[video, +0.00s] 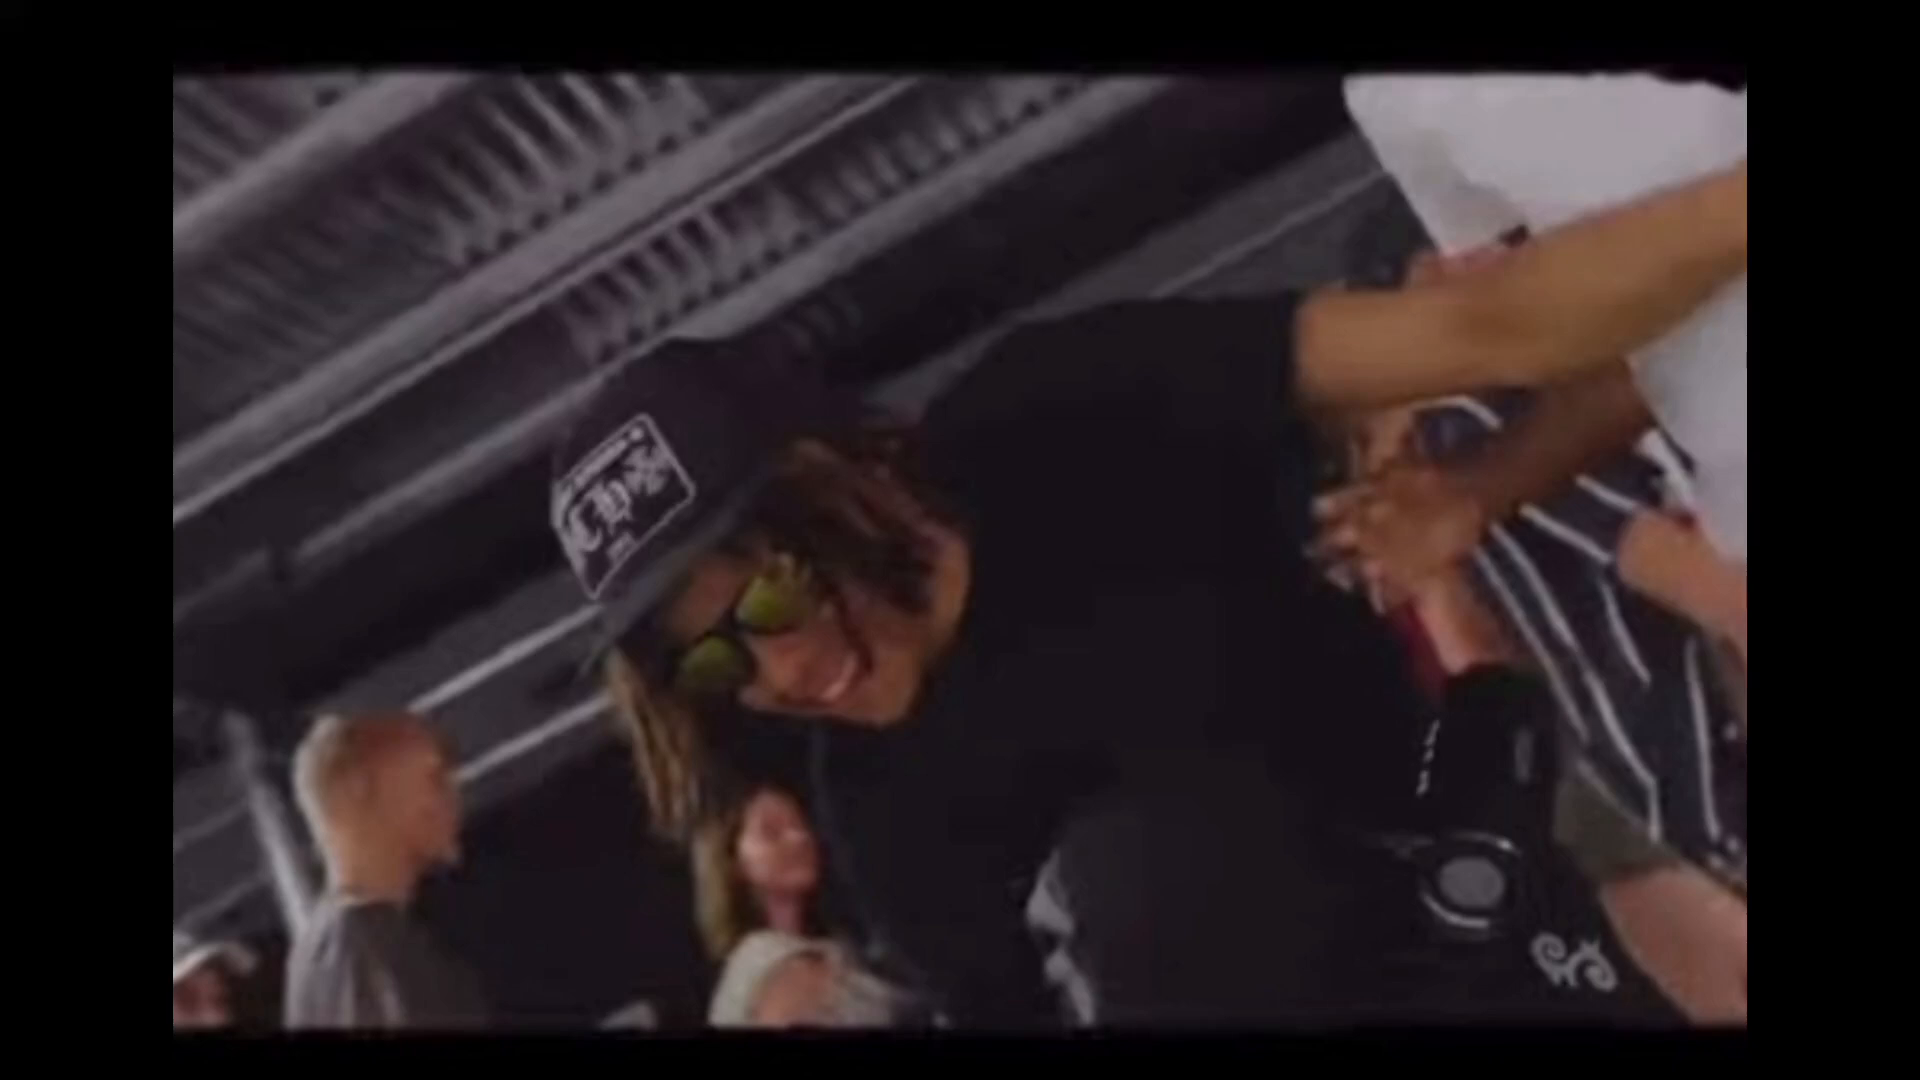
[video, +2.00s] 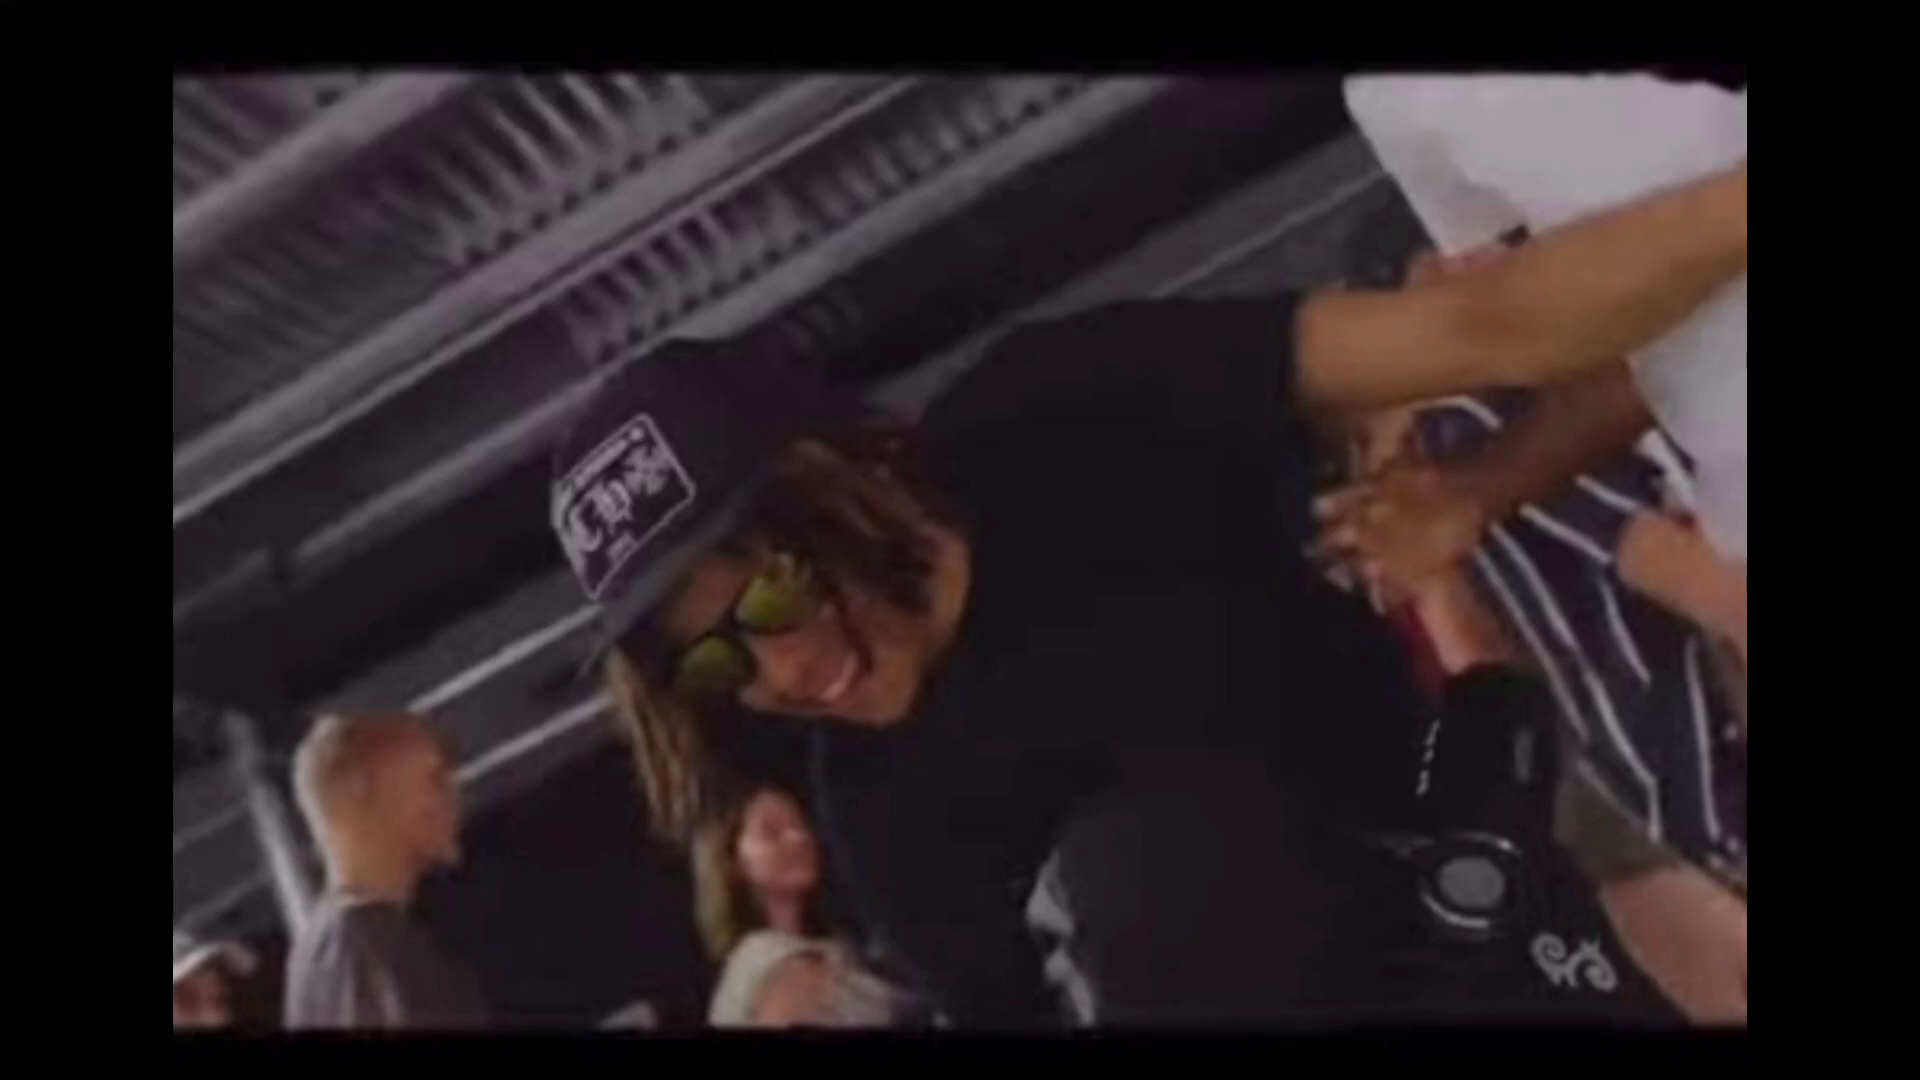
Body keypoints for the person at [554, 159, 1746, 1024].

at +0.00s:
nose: (767, 656)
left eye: (760, 582)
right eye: (708, 654)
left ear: (833, 476)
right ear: (686, 686)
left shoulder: (1051, 404)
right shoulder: (888, 847)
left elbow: (1471, 328)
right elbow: (1034, 1025)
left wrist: (1740, 208)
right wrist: (838, 995)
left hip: (1483, 841)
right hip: (1257, 975)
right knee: (1136, 864)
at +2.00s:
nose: (768, 656)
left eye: (761, 582)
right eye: (708, 654)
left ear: (835, 476)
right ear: (687, 685)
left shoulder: (1052, 404)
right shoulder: (886, 847)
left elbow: (1472, 328)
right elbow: (1031, 1024)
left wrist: (1740, 208)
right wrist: (837, 995)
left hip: (1477, 844)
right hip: (1240, 973)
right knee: (1136, 862)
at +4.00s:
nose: (768, 661)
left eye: (761, 587)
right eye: (710, 657)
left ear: (834, 478)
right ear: (688, 686)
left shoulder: (1052, 403)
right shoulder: (888, 844)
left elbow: (1469, 328)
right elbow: (1032, 1023)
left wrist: (1764, 199)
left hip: (1475, 841)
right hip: (1239, 974)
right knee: (1135, 870)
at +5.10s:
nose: (768, 655)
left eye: (760, 581)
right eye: (708, 654)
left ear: (834, 475)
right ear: (688, 687)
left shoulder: (1053, 404)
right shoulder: (887, 847)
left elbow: (1475, 326)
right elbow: (1033, 1024)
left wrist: (1795, 185)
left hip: (1486, 853)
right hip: (1244, 973)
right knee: (1134, 864)